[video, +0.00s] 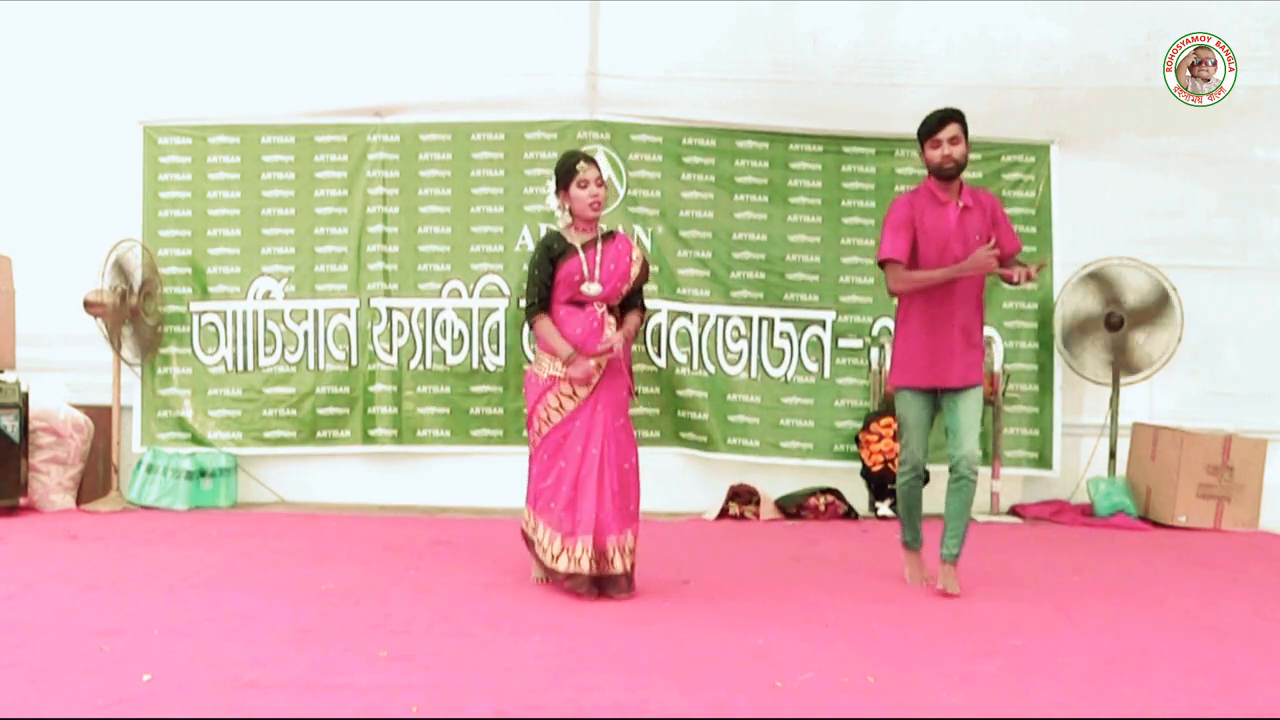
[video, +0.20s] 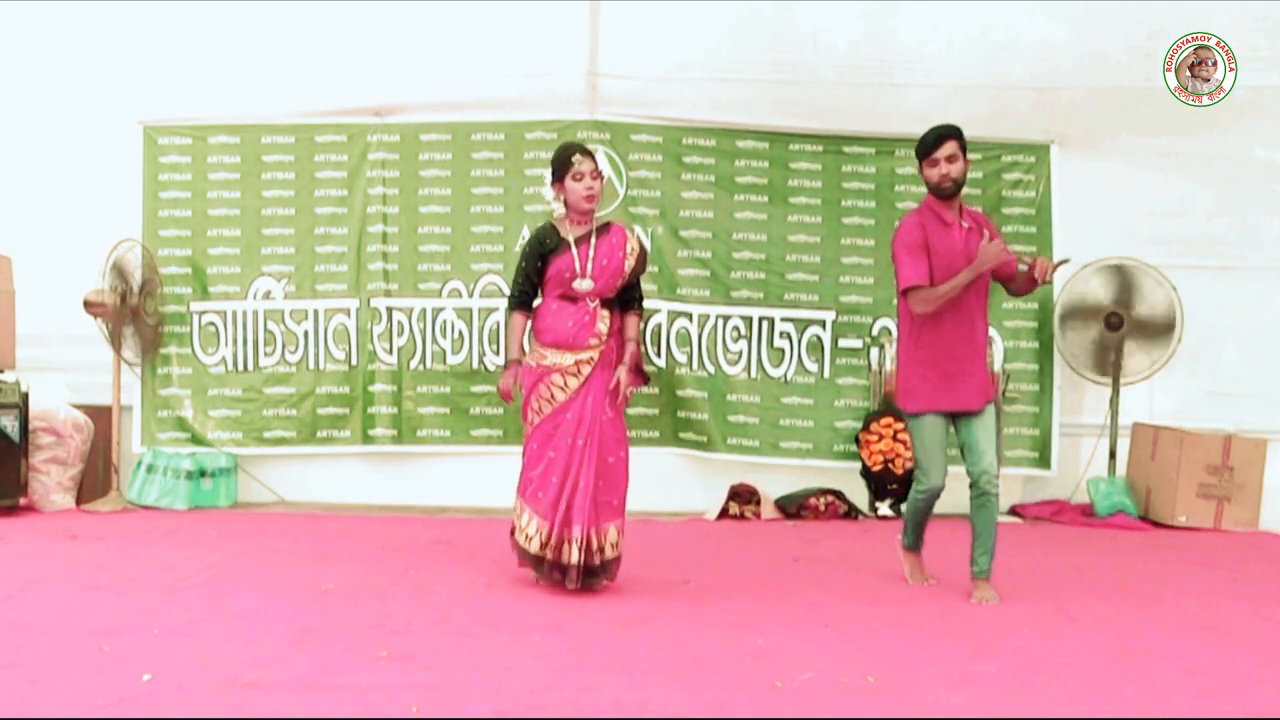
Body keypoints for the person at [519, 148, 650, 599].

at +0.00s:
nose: (596, 193)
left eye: (600, 184)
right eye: (584, 186)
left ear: (607, 189)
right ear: (564, 196)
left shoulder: (624, 246)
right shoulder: (552, 247)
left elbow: (636, 307)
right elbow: (535, 312)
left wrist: (621, 340)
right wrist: (572, 356)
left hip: (610, 368)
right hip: (560, 368)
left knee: (610, 459)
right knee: (566, 459)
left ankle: (608, 562)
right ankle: (568, 562)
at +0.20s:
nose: (591, 185)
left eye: (595, 176)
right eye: (580, 178)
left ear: (603, 182)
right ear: (559, 187)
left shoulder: (622, 241)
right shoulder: (544, 240)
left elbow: (632, 306)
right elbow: (520, 303)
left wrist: (628, 362)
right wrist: (513, 361)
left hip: (603, 364)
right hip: (550, 363)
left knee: (598, 456)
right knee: (551, 455)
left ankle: (590, 556)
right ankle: (551, 554)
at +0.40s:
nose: (594, 203)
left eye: (599, 194)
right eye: (583, 195)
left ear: (608, 198)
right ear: (563, 204)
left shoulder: (627, 257)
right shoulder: (552, 259)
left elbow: (636, 318)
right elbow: (530, 325)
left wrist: (624, 368)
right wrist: (521, 385)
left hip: (606, 374)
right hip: (556, 372)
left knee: (598, 463)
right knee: (556, 461)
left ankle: (586, 559)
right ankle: (550, 557)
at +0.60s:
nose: (610, 207)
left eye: (616, 197)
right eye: (599, 199)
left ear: (624, 199)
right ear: (580, 207)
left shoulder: (646, 254)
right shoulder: (569, 254)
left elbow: (651, 318)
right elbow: (558, 322)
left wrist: (652, 375)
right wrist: (597, 361)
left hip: (622, 366)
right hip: (571, 364)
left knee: (614, 455)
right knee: (570, 452)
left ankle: (607, 554)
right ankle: (563, 551)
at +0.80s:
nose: (645, 234)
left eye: (650, 223)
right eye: (633, 226)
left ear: (658, 223)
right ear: (613, 233)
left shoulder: (676, 269)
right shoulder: (606, 281)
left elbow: (678, 331)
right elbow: (591, 350)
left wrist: (663, 388)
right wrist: (610, 410)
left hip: (651, 382)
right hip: (603, 381)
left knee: (650, 462)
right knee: (614, 459)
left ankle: (638, 563)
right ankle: (598, 557)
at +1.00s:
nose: (669, 231)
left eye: (674, 221)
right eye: (658, 224)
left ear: (681, 221)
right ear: (638, 231)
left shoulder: (700, 265)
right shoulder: (630, 279)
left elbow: (707, 327)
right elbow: (622, 345)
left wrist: (712, 389)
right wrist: (640, 391)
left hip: (679, 372)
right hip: (633, 373)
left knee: (681, 455)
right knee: (643, 456)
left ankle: (676, 555)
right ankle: (639, 553)